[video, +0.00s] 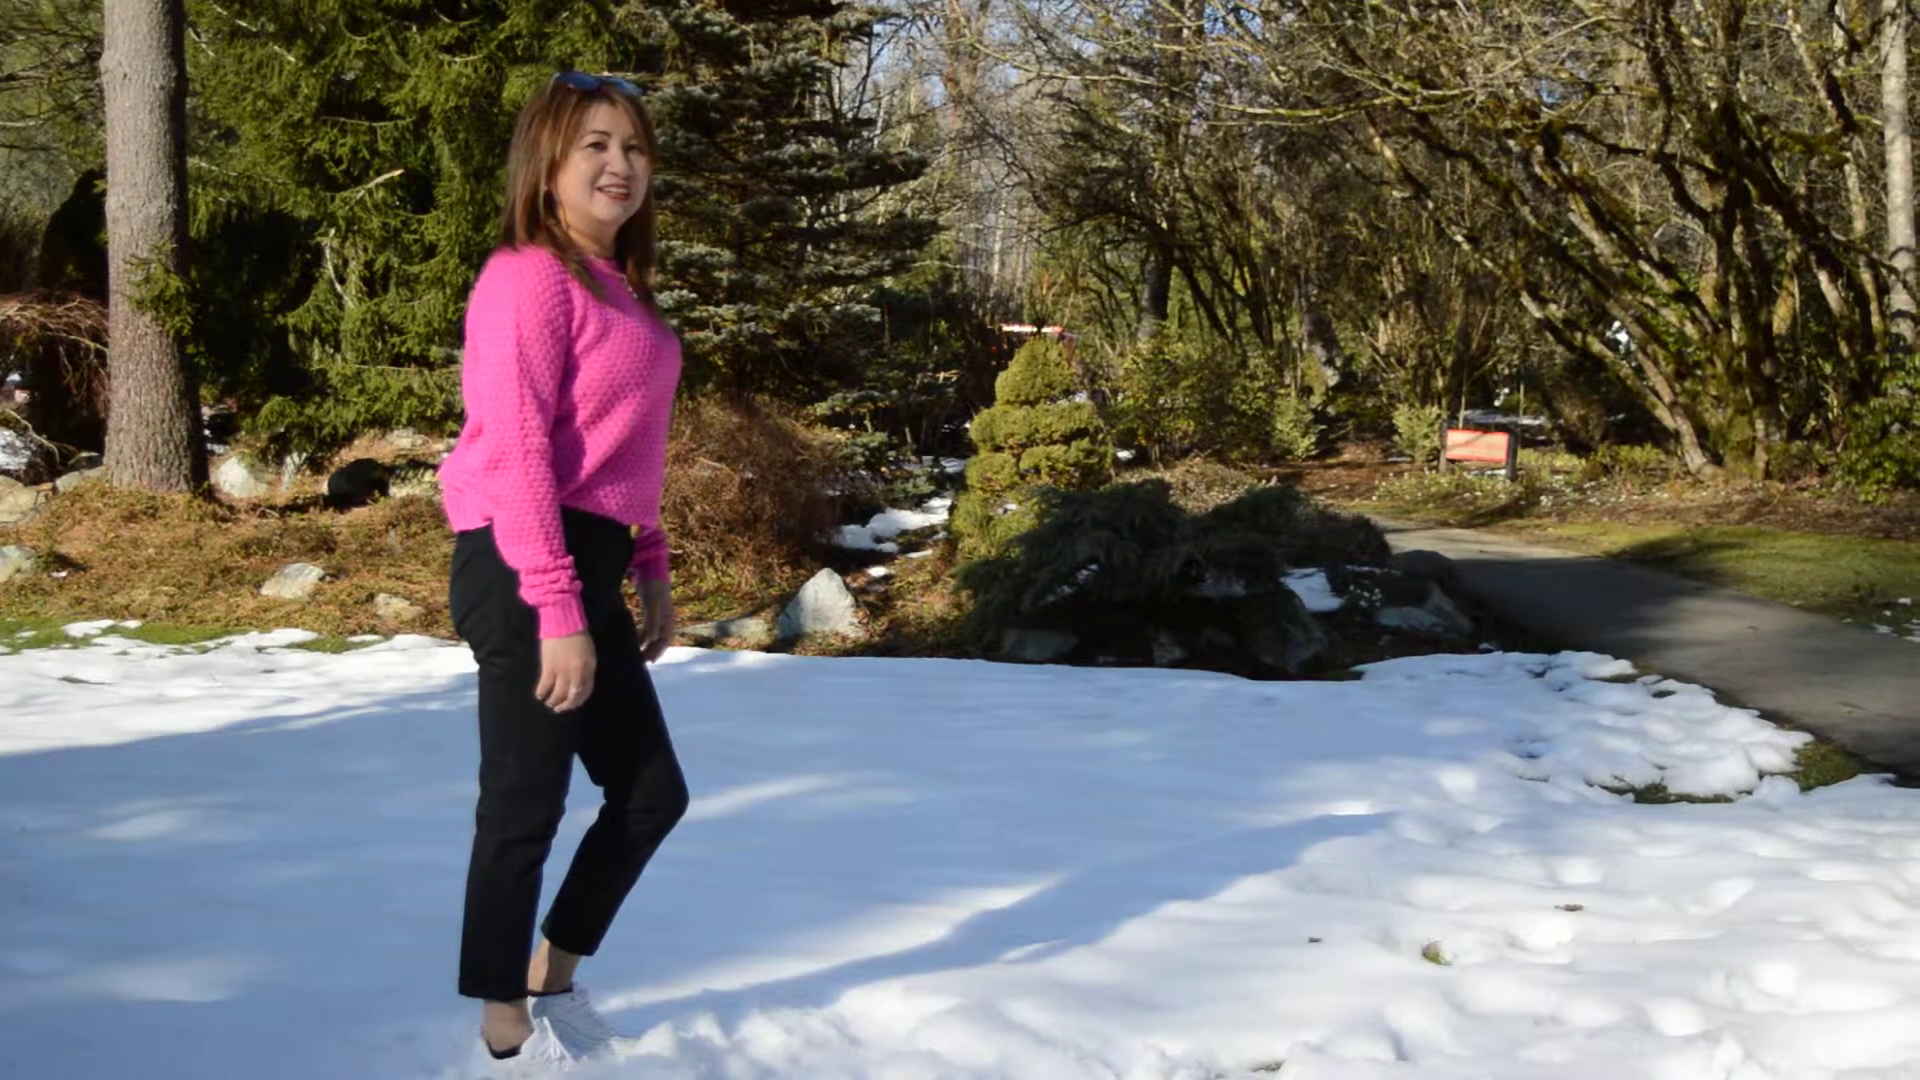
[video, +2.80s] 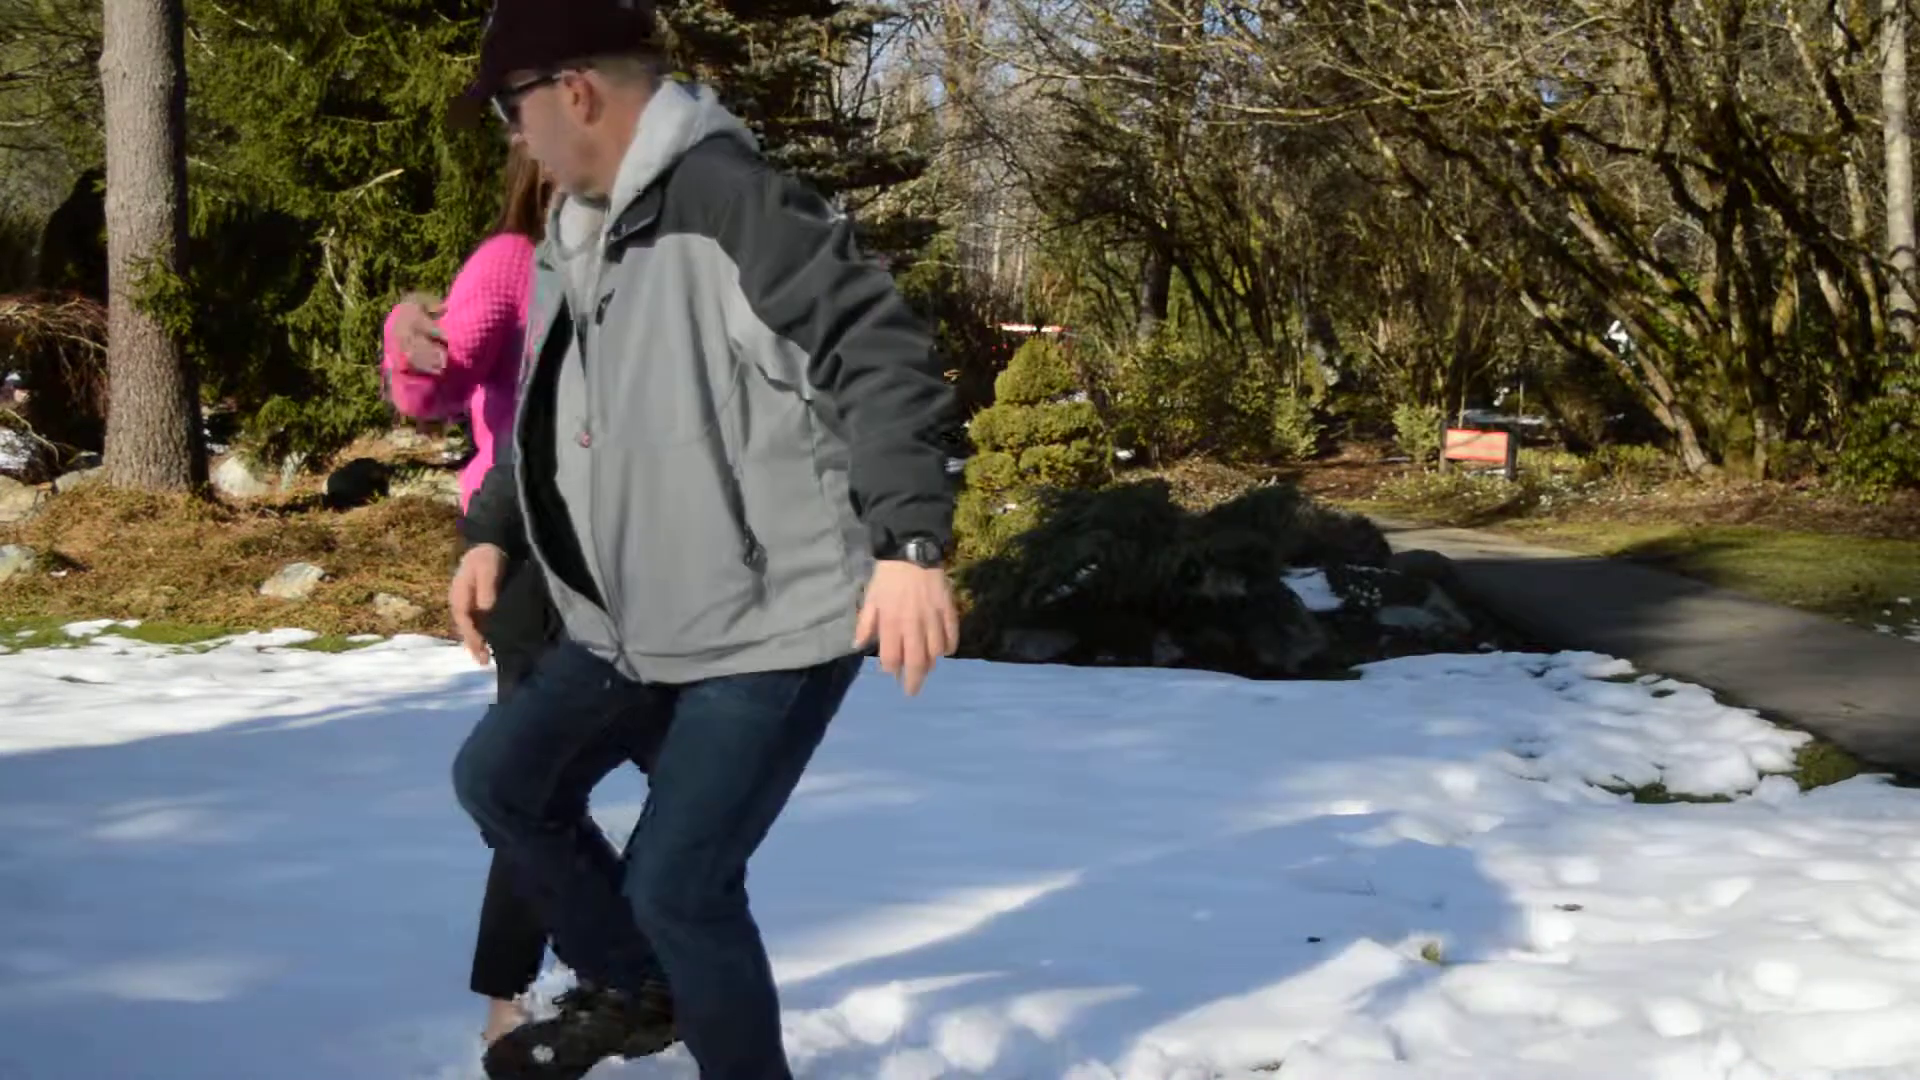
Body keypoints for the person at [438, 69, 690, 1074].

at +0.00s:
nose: (620, 165)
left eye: (635, 149)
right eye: (596, 145)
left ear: (648, 173)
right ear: (547, 163)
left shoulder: (618, 291)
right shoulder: (524, 278)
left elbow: (624, 451)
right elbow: (516, 450)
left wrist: (649, 571)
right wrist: (557, 610)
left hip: (589, 560)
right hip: (519, 555)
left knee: (651, 793)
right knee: (522, 803)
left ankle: (549, 981)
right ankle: (501, 1040)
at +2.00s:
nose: (621, 159)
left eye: (633, 142)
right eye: (596, 142)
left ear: (645, 165)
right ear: (545, 163)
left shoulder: (623, 288)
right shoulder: (517, 281)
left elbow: (661, 445)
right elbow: (513, 458)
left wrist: (720, 558)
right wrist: (560, 614)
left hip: (608, 566)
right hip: (533, 561)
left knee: (660, 799)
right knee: (530, 805)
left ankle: (549, 978)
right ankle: (502, 1031)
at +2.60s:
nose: (605, 155)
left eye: (613, 139)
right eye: (583, 140)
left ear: (628, 154)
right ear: (536, 160)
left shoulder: (638, 274)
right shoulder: (514, 273)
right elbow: (466, 409)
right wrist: (473, 544)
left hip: (630, 568)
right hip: (538, 565)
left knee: (678, 784)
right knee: (533, 803)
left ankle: (564, 967)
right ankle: (503, 1033)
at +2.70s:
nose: (602, 174)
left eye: (607, 157)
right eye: (584, 159)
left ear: (615, 169)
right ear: (543, 172)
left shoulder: (642, 269)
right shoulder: (514, 270)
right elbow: (453, 369)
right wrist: (420, 456)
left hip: (631, 549)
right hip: (528, 549)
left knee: (642, 769)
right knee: (530, 788)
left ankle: (582, 962)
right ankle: (506, 1031)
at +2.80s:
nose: (575, 179)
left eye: (581, 163)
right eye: (563, 164)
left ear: (603, 157)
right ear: (540, 174)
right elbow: (428, 398)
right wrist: (408, 344)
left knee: (681, 767)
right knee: (533, 774)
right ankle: (506, 1006)